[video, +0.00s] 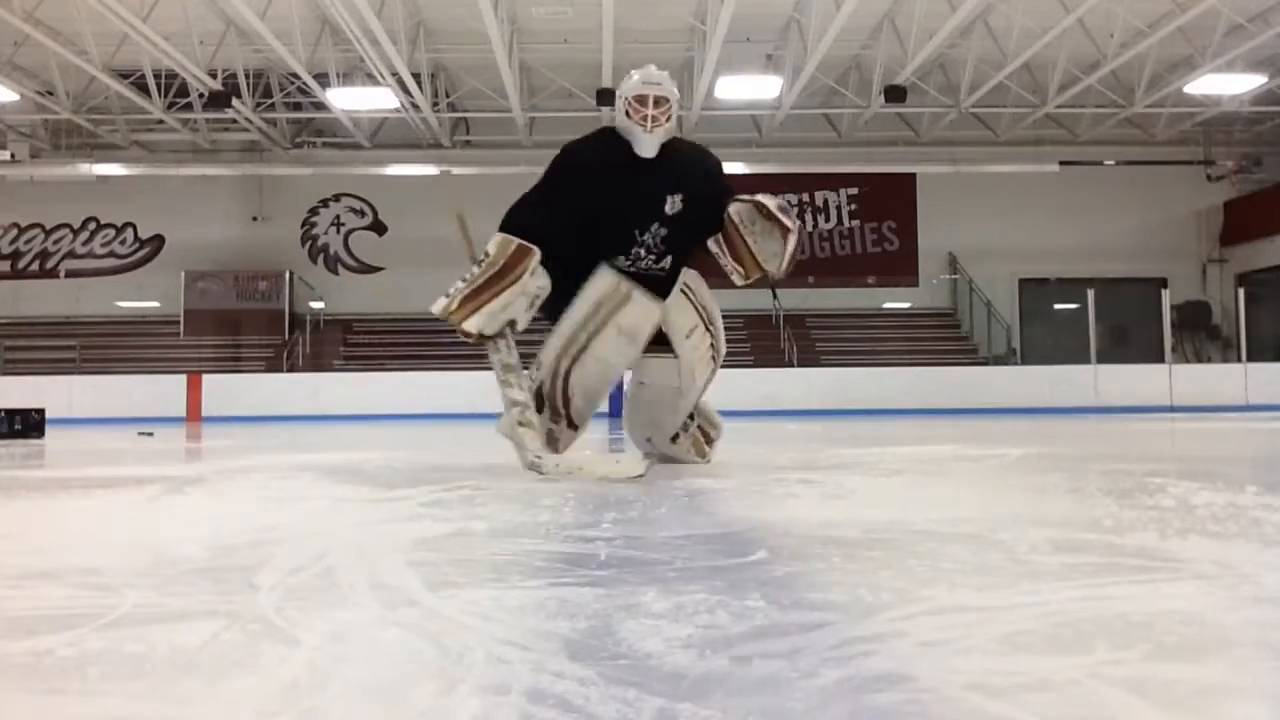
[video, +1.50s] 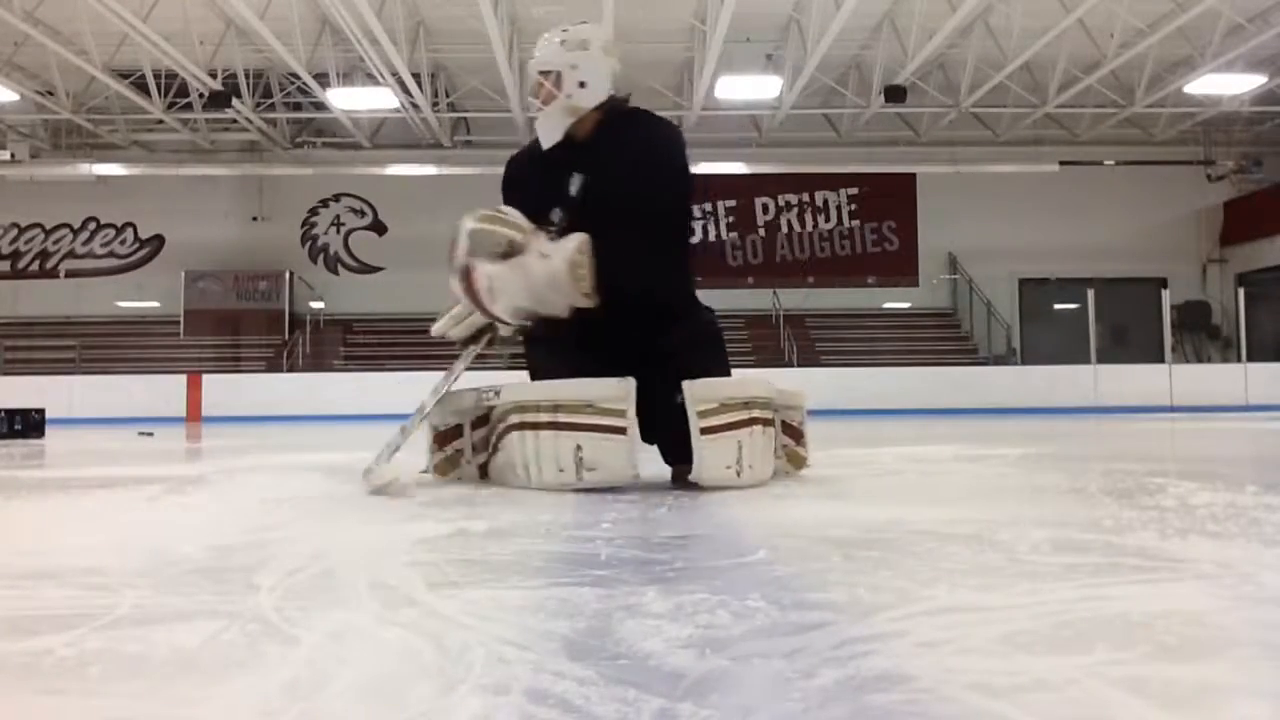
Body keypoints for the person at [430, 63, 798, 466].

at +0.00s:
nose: (650, 111)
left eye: (661, 102)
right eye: (639, 102)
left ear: (674, 109)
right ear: (621, 107)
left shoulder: (697, 166)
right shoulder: (586, 157)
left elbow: (720, 226)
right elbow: (532, 220)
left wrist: (758, 235)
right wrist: (502, 286)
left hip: (663, 281)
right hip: (590, 276)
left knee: (679, 356)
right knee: (595, 350)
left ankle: (663, 435)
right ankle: (550, 429)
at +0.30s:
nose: (590, 42)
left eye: (602, 32)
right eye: (579, 30)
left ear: (619, 38)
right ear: (563, 34)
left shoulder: (654, 106)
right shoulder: (517, 102)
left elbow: (680, 190)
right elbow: (460, 180)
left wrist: (712, 173)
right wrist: (436, 256)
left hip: (624, 248)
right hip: (534, 246)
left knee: (682, 335)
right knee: (544, 327)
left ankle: (688, 427)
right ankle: (451, 434)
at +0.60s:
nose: (610, 7)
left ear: (637, 7)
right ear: (579, 4)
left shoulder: (668, 76)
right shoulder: (525, 67)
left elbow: (698, 172)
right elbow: (474, 169)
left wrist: (747, 171)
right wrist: (453, 254)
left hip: (628, 230)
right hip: (539, 228)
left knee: (695, 313)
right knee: (534, 332)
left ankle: (736, 434)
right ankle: (419, 430)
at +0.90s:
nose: (623, 8)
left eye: (636, 0)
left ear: (653, 5)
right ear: (588, 3)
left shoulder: (690, 72)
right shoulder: (537, 66)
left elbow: (722, 172)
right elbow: (490, 174)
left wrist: (770, 176)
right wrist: (460, 260)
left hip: (655, 232)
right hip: (559, 233)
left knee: (723, 325)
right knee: (515, 342)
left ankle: (790, 434)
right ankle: (422, 430)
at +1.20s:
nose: (623, 79)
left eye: (637, 67)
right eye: (611, 66)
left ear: (656, 74)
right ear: (593, 72)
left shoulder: (700, 155)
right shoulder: (542, 150)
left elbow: (719, 253)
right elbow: (490, 249)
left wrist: (747, 284)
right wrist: (464, 322)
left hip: (666, 356)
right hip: (562, 356)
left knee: (693, 503)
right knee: (556, 505)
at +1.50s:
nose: (537, 92)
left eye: (551, 78)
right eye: (538, 79)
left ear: (587, 82)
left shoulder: (651, 140)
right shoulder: (527, 166)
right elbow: (518, 259)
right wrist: (496, 292)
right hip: (569, 345)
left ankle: (693, 454)